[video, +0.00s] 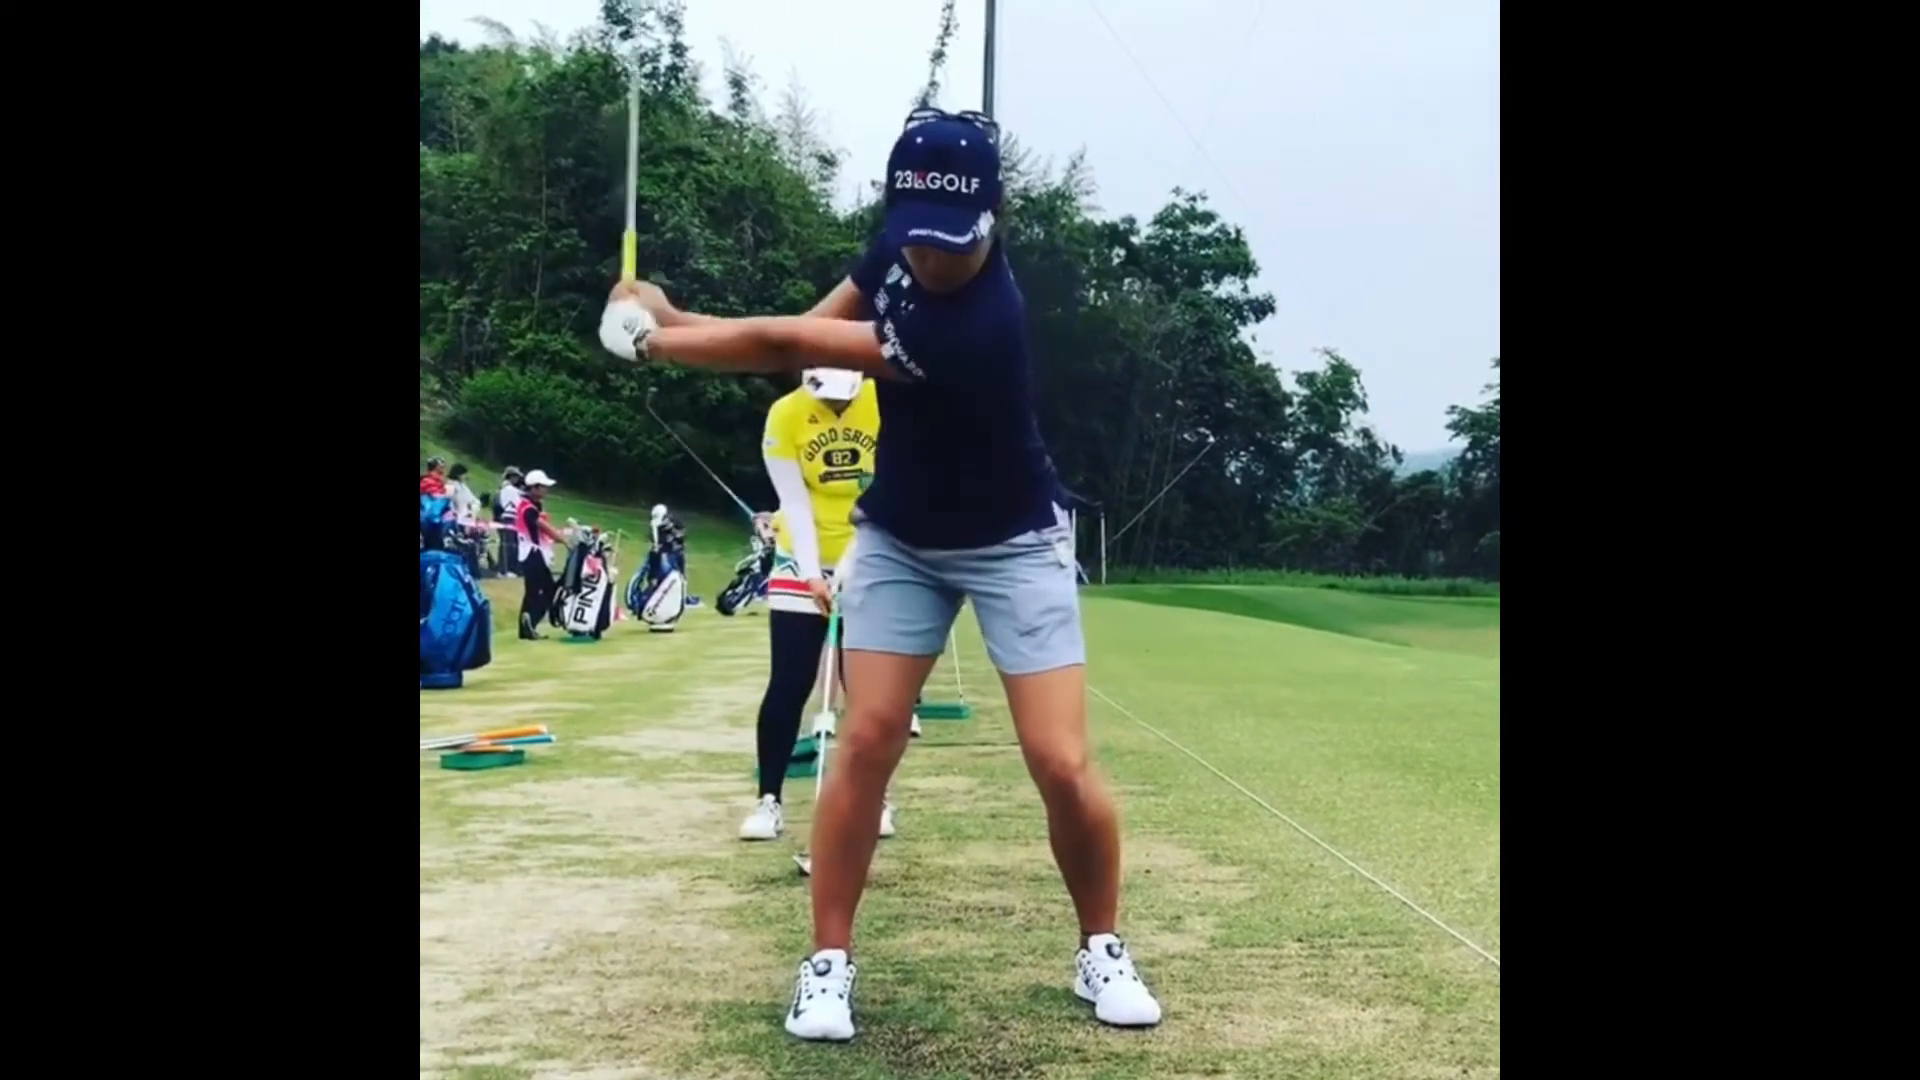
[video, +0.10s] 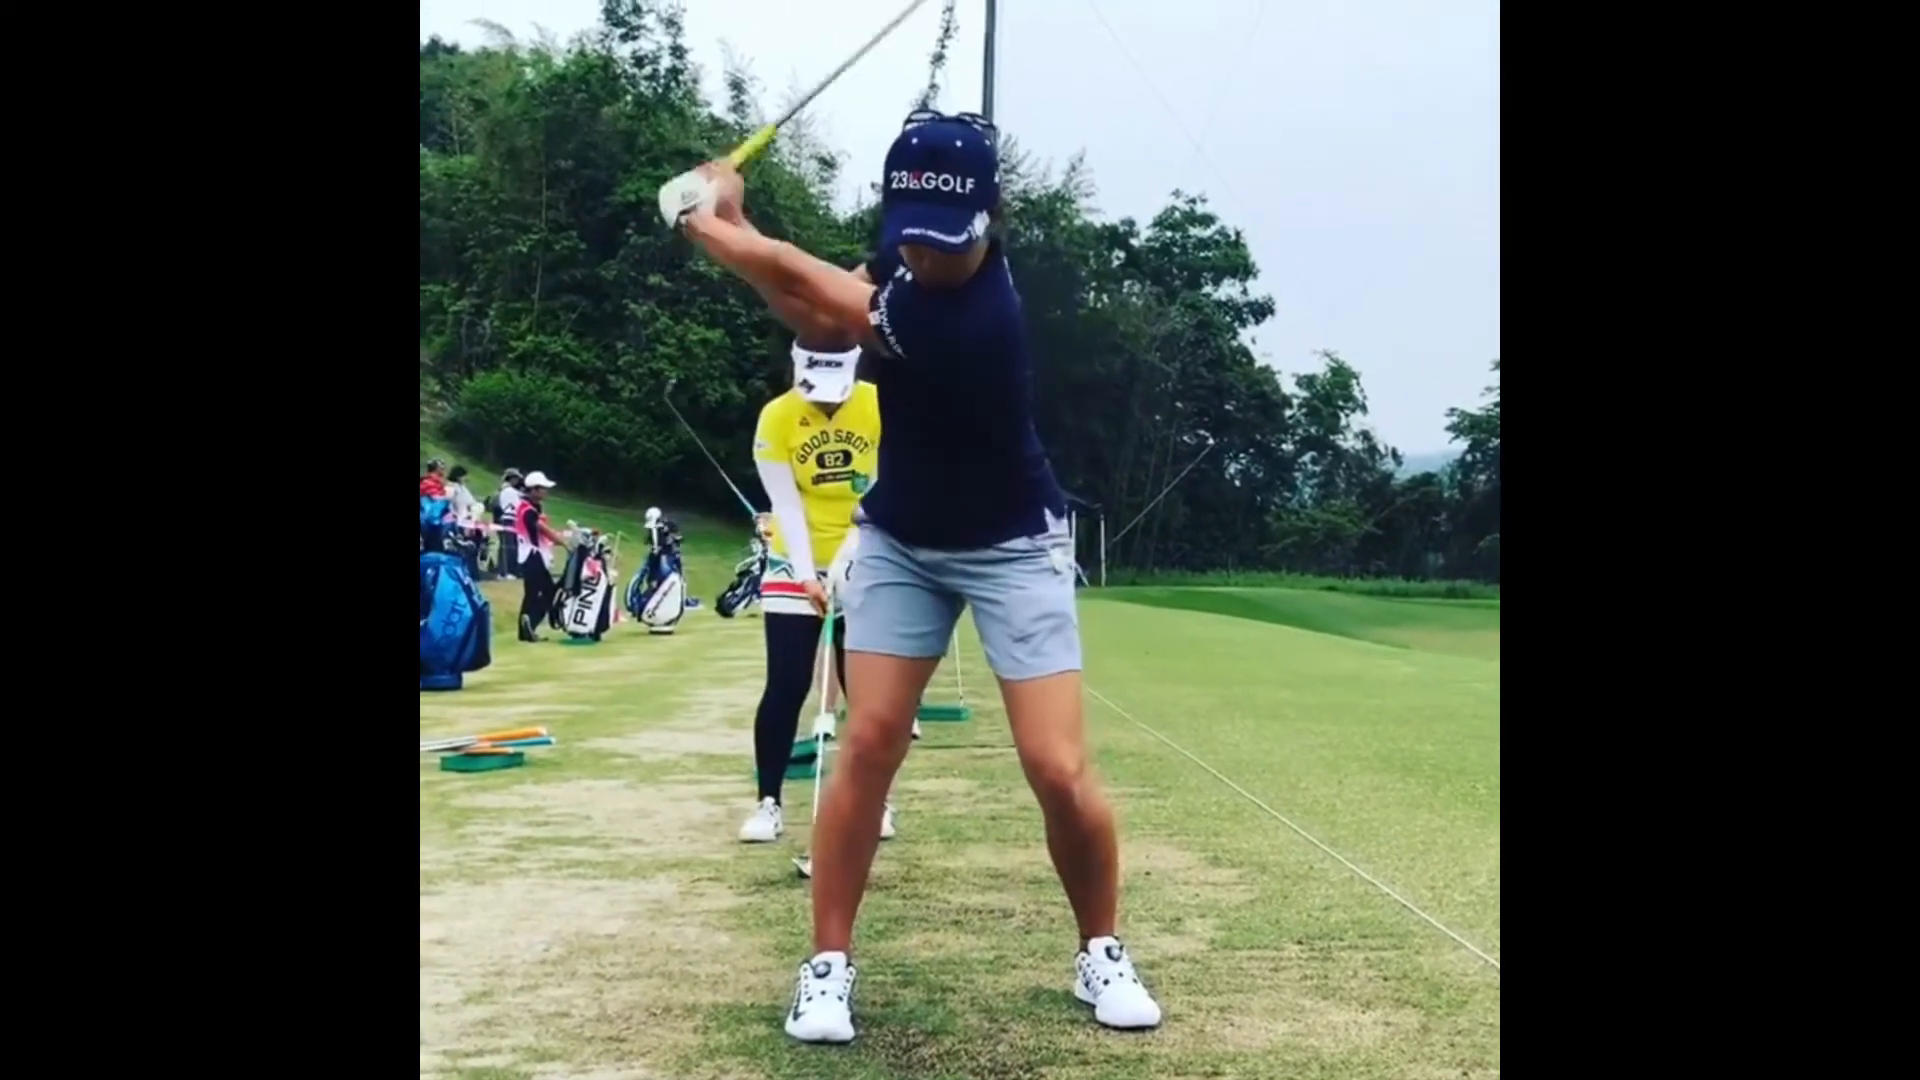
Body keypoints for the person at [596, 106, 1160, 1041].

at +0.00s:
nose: (936, 255)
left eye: (957, 237)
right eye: (920, 235)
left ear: (993, 217)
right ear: (897, 211)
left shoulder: (981, 321)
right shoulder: (896, 250)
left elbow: (790, 344)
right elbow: (808, 332)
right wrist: (682, 325)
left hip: (1017, 545)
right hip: (898, 541)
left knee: (1064, 764)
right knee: (869, 733)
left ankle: (1103, 947)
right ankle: (828, 958)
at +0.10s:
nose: (930, 250)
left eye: (952, 233)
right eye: (915, 230)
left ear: (989, 217)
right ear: (891, 212)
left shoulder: (980, 314)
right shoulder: (899, 269)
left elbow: (823, 310)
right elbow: (818, 305)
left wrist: (719, 230)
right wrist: (736, 230)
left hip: (1016, 550)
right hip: (897, 544)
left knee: (1059, 771)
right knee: (871, 737)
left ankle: (1103, 950)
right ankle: (828, 962)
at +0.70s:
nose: (1051, 249)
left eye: (1049, 229)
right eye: (1029, 241)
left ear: (969, 235)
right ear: (980, 244)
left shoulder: (955, 255)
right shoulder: (1061, 310)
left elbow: (1090, 256)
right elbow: (1123, 267)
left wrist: (1168, 216)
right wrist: (1175, 184)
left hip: (1034, 518)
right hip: (1063, 532)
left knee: (1087, 730)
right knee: (1019, 755)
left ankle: (1087, 953)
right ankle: (852, 921)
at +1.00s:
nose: (1138, 160)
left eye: (1133, 146)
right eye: (1126, 151)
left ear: (1039, 166)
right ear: (1086, 166)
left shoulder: (979, 243)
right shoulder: (1143, 238)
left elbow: (906, 198)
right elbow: (1068, 159)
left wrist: (911, 108)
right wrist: (967, 98)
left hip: (1000, 515)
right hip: (1086, 519)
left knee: (1072, 745)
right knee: (1018, 762)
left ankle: (1074, 961)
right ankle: (878, 931)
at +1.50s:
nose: (1133, 148)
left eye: (1127, 134)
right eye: (1121, 140)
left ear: (1034, 161)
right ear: (1089, 158)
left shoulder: (976, 250)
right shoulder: (1142, 234)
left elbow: (880, 199)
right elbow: (1063, 184)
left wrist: (918, 104)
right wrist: (991, 115)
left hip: (992, 522)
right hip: (1078, 526)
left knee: (1062, 752)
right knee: (1004, 770)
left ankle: (1063, 968)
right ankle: (868, 938)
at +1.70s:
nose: (1131, 151)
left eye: (1124, 137)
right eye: (1118, 142)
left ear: (1031, 166)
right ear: (1083, 163)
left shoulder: (976, 254)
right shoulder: (1140, 237)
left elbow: (880, 200)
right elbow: (1059, 186)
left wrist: (919, 105)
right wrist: (988, 115)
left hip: (991, 524)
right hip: (1077, 528)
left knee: (1062, 752)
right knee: (1003, 770)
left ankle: (1063, 970)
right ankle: (869, 938)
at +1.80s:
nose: (1128, 153)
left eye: (1121, 139)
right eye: (1116, 145)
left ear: (1028, 167)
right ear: (1083, 165)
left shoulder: (975, 255)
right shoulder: (1137, 240)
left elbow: (880, 201)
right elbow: (1058, 189)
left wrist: (918, 109)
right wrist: (986, 117)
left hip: (991, 525)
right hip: (1076, 528)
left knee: (1061, 753)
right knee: (1002, 771)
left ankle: (1062, 970)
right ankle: (869, 939)